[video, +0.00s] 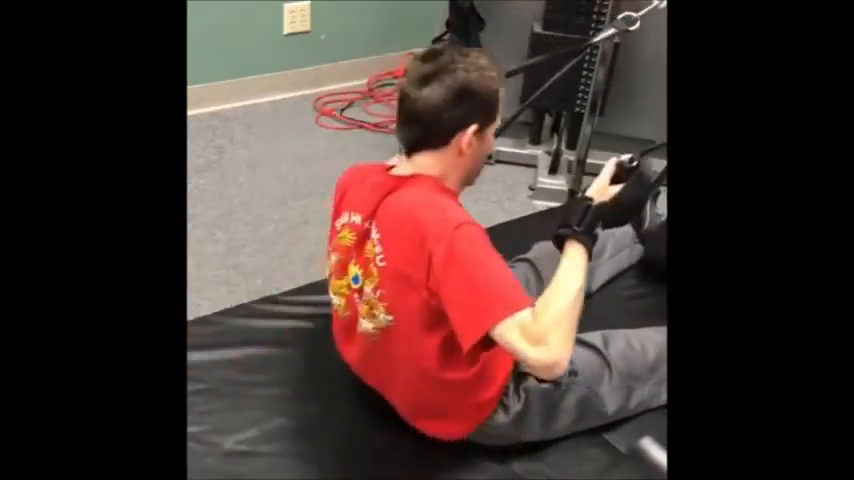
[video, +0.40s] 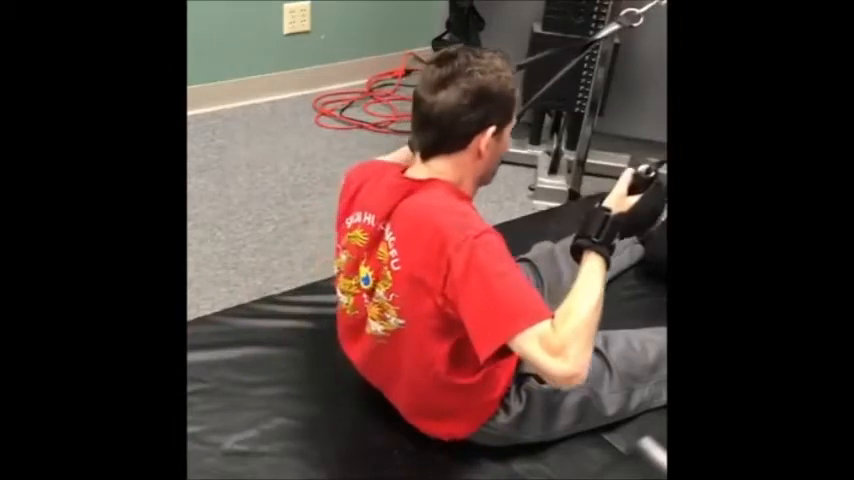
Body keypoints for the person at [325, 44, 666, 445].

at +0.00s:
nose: (493, 146)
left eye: (496, 132)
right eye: (494, 133)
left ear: (407, 122)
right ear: (467, 139)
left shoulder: (355, 182)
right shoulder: (448, 231)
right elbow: (547, 355)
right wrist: (580, 229)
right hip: (485, 402)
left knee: (577, 246)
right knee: (665, 350)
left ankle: (643, 227)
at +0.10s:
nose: (495, 146)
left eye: (499, 133)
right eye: (497, 133)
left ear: (410, 123)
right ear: (473, 140)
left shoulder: (357, 181)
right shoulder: (453, 233)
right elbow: (552, 357)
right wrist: (587, 234)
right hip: (482, 403)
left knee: (570, 252)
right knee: (664, 349)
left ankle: (641, 230)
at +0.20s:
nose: (499, 145)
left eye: (502, 132)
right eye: (500, 132)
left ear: (413, 126)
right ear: (474, 141)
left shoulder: (357, 182)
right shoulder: (455, 235)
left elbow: (409, 158)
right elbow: (556, 361)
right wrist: (593, 229)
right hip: (482, 404)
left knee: (572, 254)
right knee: (665, 349)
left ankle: (643, 229)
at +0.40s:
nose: (508, 146)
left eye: (510, 132)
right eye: (509, 133)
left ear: (423, 127)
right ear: (484, 142)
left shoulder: (361, 182)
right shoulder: (465, 238)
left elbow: (417, 153)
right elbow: (565, 362)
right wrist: (602, 235)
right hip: (480, 406)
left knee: (575, 253)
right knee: (664, 350)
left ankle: (640, 231)